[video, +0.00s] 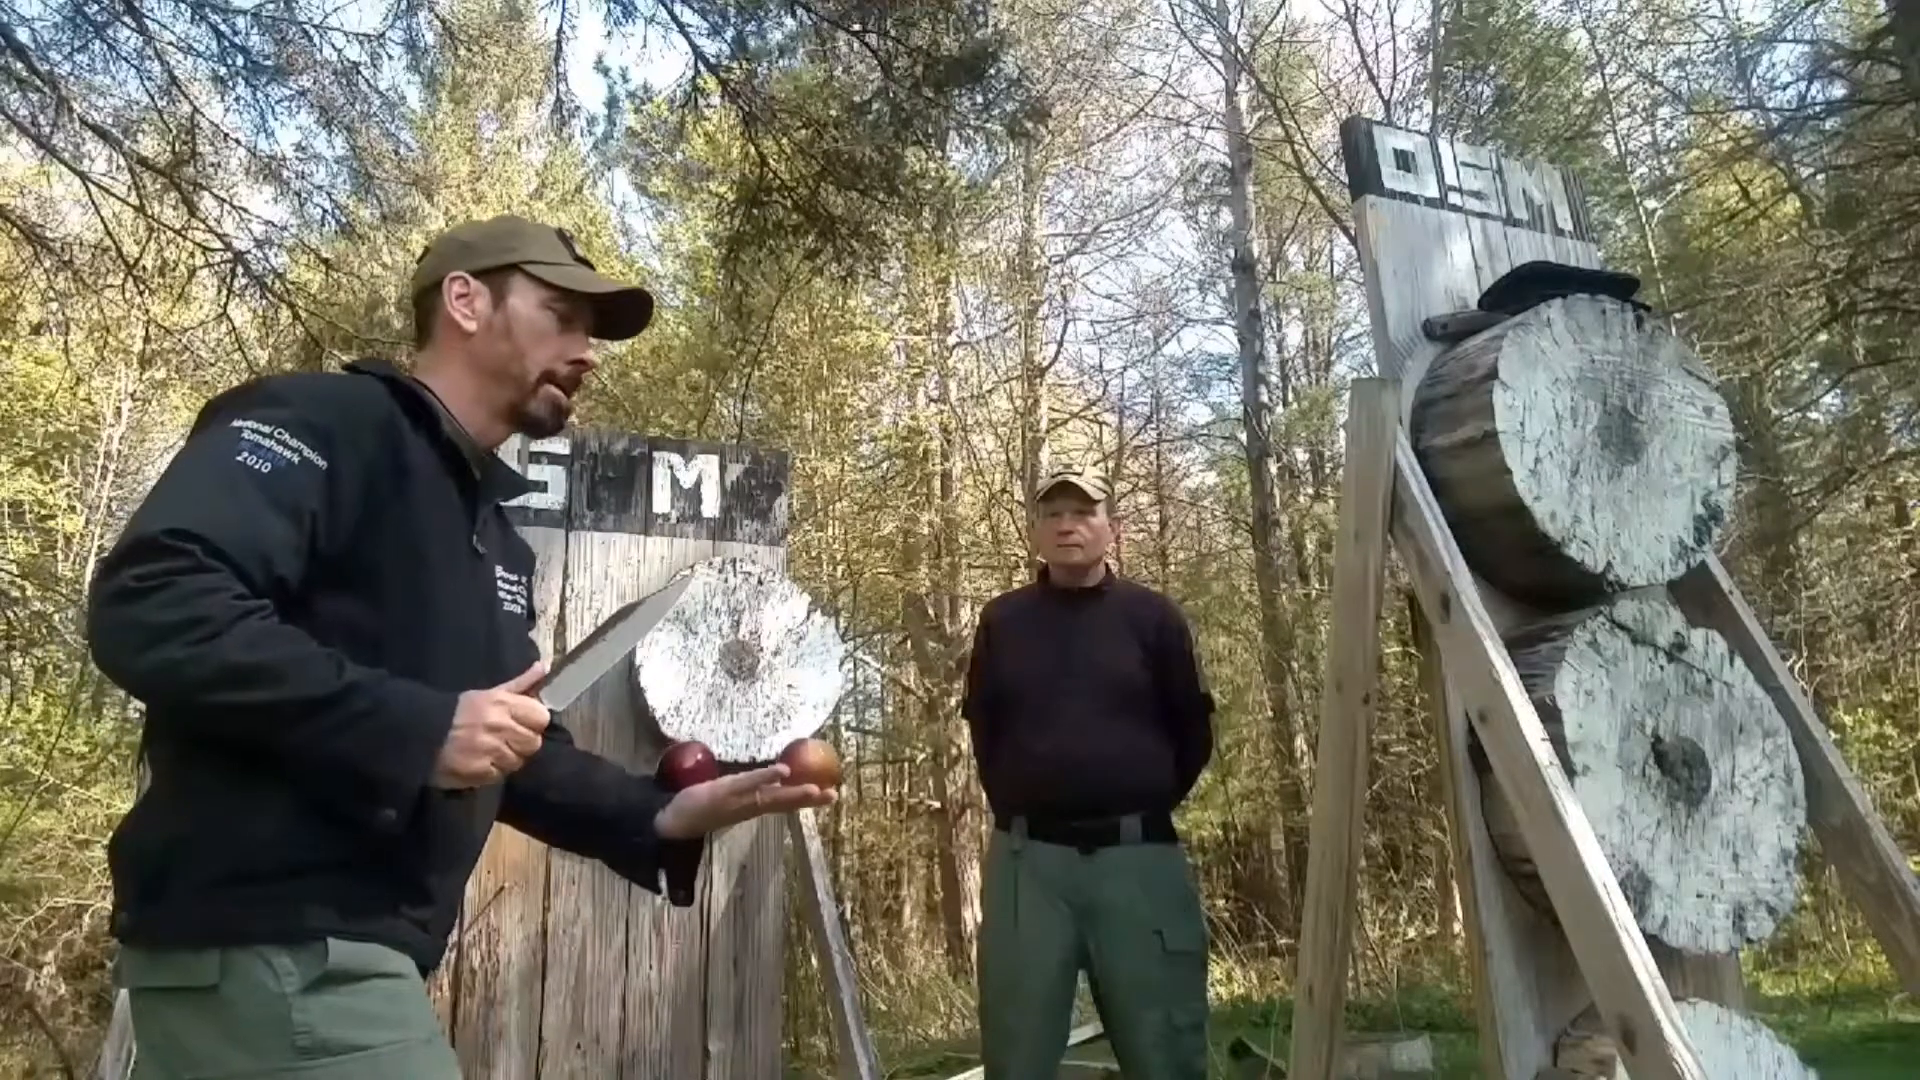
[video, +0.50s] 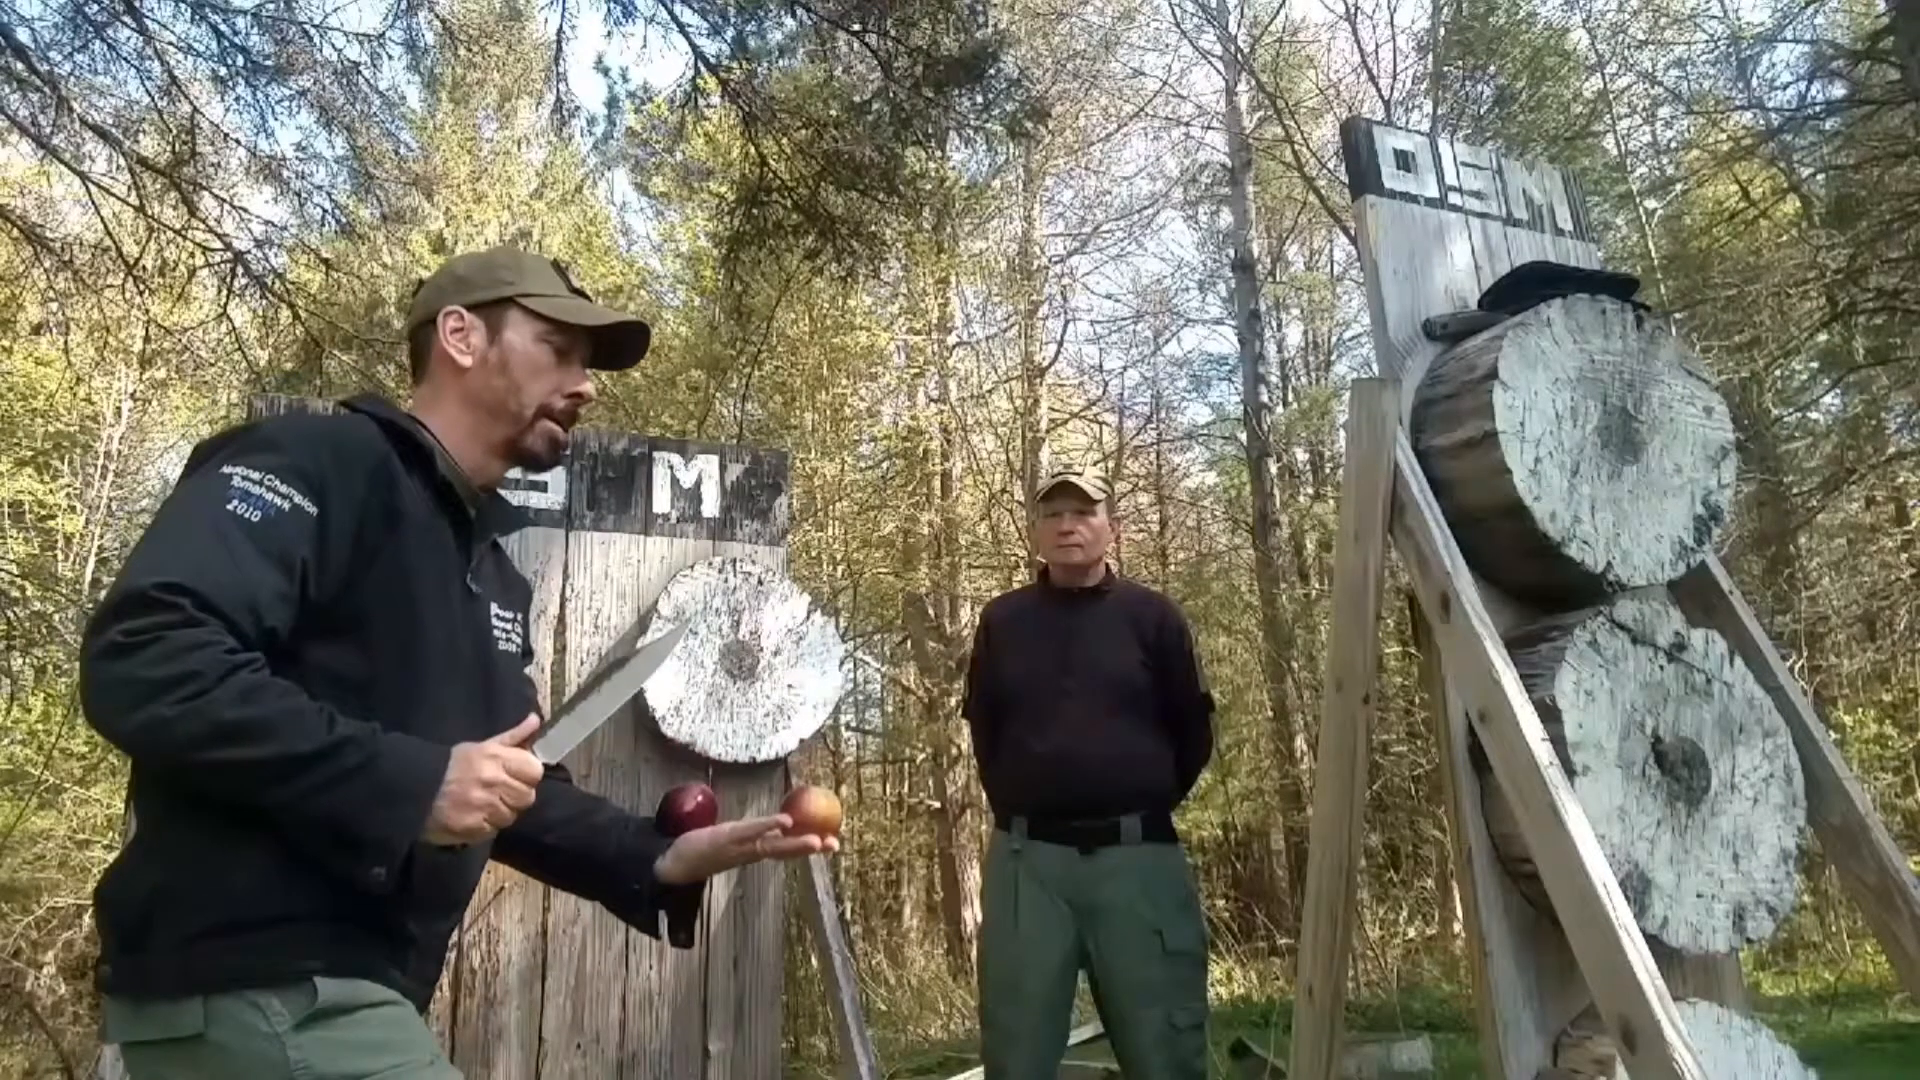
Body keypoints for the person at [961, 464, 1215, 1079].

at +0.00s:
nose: (1068, 524)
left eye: (1082, 512)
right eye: (1053, 515)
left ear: (1111, 530)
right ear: (1032, 534)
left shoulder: (1154, 615)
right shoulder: (1001, 618)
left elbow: (1194, 732)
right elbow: (982, 723)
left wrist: (1140, 812)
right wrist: (1024, 815)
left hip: (1140, 862)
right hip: (1026, 861)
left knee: (1164, 1058)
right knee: (1017, 1059)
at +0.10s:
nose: (1068, 524)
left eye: (1082, 513)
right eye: (1053, 515)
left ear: (1111, 530)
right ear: (1032, 534)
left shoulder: (1154, 615)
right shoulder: (1001, 618)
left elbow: (1194, 732)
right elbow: (982, 724)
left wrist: (1140, 813)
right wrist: (1024, 816)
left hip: (1140, 862)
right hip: (1026, 862)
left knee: (1164, 1058)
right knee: (1017, 1059)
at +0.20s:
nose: (1068, 524)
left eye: (1082, 512)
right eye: (1052, 514)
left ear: (1110, 530)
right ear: (1032, 534)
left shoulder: (1154, 615)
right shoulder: (1001, 618)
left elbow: (1194, 731)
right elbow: (982, 723)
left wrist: (1140, 812)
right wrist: (1025, 815)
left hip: (1140, 862)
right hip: (1026, 862)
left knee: (1163, 1058)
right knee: (1017, 1060)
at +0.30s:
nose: (1068, 524)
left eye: (1082, 512)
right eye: (1053, 514)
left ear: (1110, 530)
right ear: (1033, 533)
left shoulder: (1153, 614)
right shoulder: (1001, 618)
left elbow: (1194, 731)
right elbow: (982, 723)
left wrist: (1140, 812)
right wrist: (1024, 814)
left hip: (1139, 862)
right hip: (1026, 862)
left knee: (1164, 1058)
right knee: (1017, 1059)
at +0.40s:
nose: (1068, 524)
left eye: (1082, 512)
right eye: (1053, 514)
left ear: (1110, 530)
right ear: (1033, 533)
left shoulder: (1153, 615)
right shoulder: (1001, 618)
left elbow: (1194, 731)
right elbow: (982, 723)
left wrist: (1140, 812)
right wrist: (1024, 814)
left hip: (1140, 862)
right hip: (1026, 862)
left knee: (1164, 1058)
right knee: (1017, 1060)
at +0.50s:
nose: (1068, 525)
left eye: (1082, 513)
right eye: (1053, 515)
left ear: (1110, 529)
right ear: (1034, 534)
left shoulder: (1154, 615)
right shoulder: (1001, 619)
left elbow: (1194, 732)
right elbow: (983, 726)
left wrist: (1140, 813)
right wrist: (1026, 815)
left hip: (1139, 862)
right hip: (1025, 862)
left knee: (1164, 1058)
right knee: (1016, 1059)